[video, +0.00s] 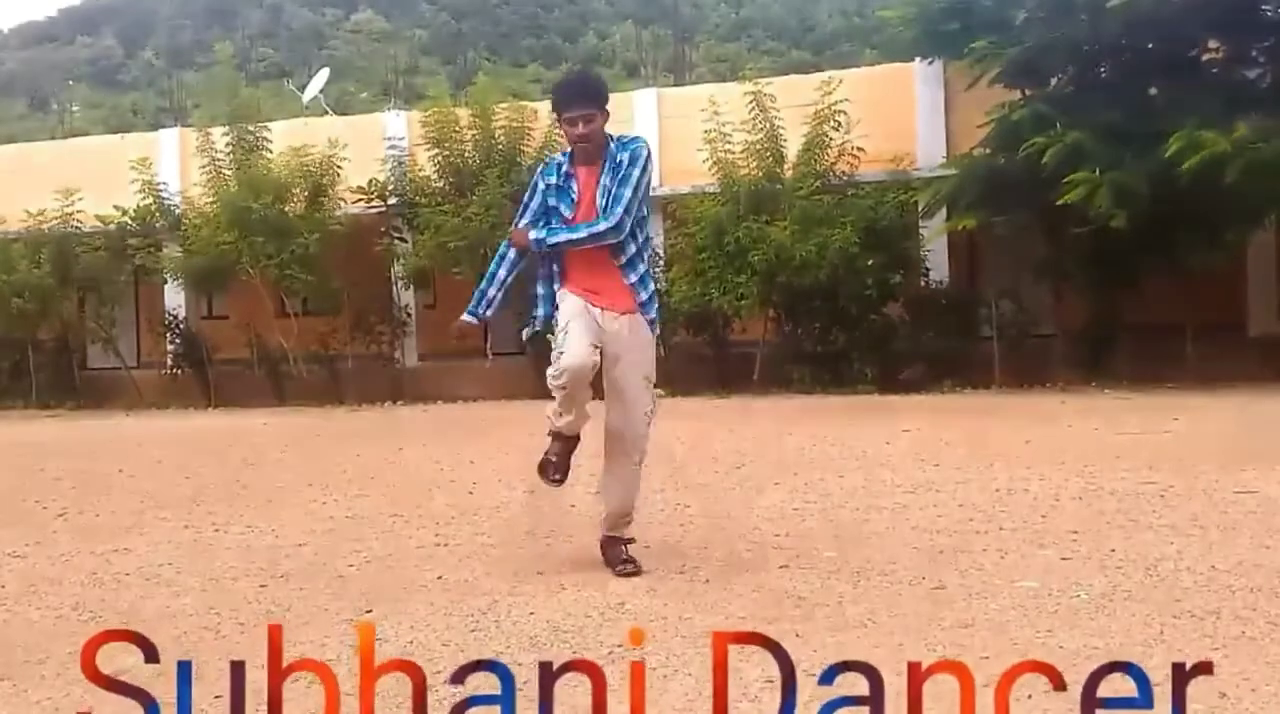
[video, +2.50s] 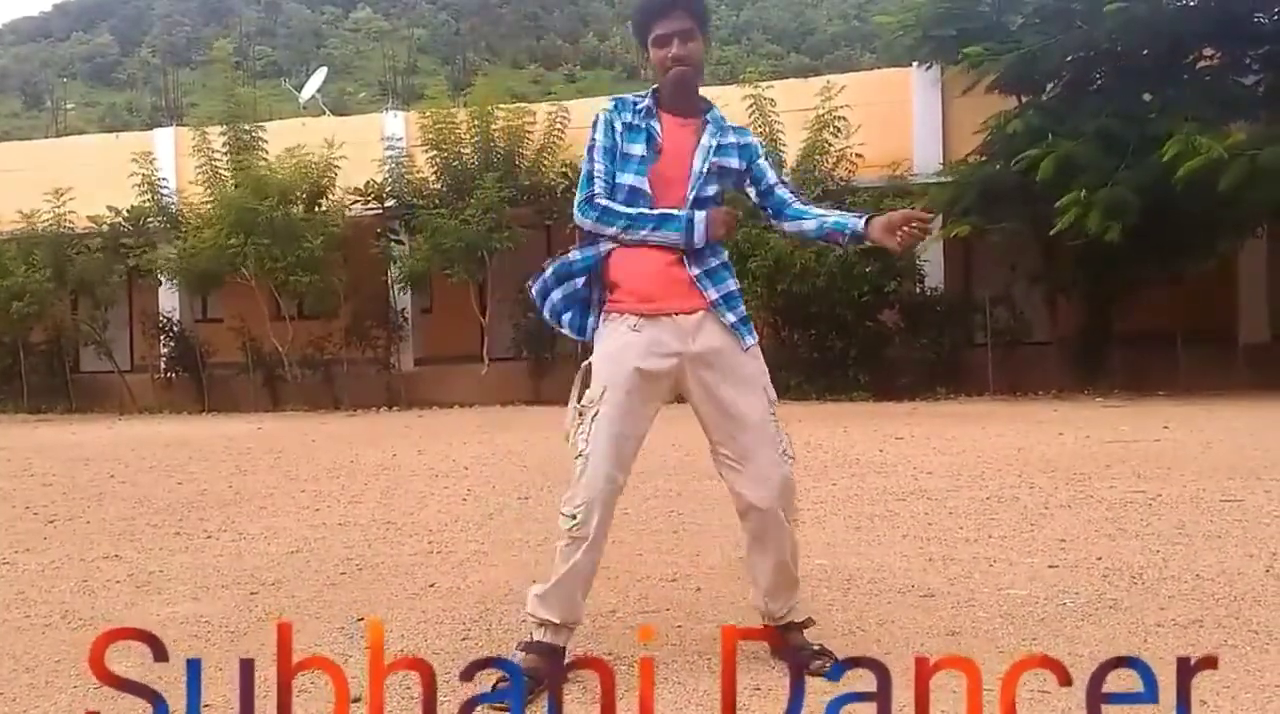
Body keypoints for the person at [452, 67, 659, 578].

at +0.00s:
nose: (580, 131)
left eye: (588, 120)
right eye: (569, 122)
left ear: (606, 116)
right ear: (559, 124)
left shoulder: (633, 153)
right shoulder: (552, 172)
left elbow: (616, 225)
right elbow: (520, 240)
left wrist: (541, 236)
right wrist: (480, 307)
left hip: (630, 298)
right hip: (575, 292)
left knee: (629, 426)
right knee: (575, 361)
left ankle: (616, 534)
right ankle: (564, 434)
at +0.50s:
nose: (561, 145)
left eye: (572, 134)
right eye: (552, 137)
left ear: (590, 138)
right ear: (541, 146)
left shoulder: (617, 168)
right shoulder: (560, 216)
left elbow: (634, 248)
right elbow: (572, 300)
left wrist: (637, 331)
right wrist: (519, 354)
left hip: (662, 337)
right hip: (604, 345)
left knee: (660, 468)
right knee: (616, 454)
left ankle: (622, 490)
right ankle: (651, 577)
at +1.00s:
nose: (610, 92)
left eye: (620, 81)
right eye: (598, 83)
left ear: (636, 85)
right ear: (579, 88)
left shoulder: (653, 152)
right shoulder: (554, 136)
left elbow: (725, 189)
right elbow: (549, 203)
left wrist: (811, 215)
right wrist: (640, 197)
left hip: (626, 323)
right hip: (561, 326)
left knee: (598, 451)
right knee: (607, 454)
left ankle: (581, 613)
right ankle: (660, 570)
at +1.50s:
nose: (548, 33)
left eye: (561, 19)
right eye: (537, 22)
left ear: (586, 22)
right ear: (525, 29)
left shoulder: (622, 92)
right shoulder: (513, 100)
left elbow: (584, 192)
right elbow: (463, 180)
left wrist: (497, 171)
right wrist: (392, 249)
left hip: (602, 290)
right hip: (525, 286)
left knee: (572, 452)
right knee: (517, 410)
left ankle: (557, 601)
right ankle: (522, 587)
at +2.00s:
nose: (497, 81)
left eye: (510, 67)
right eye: (485, 69)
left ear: (538, 69)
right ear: (474, 75)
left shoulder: (572, 126)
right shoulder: (495, 157)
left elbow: (588, 233)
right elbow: (517, 242)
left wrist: (611, 341)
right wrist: (517, 294)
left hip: (632, 317)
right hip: (552, 328)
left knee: (678, 458)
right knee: (526, 472)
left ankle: (711, 582)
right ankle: (545, 637)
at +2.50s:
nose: (676, 51)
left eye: (686, 37)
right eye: (662, 42)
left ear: (706, 45)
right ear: (646, 55)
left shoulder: (733, 138)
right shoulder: (616, 119)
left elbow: (789, 212)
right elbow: (591, 209)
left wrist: (866, 228)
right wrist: (692, 226)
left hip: (716, 323)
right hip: (632, 325)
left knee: (769, 483)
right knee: (593, 488)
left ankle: (785, 627)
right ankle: (546, 643)